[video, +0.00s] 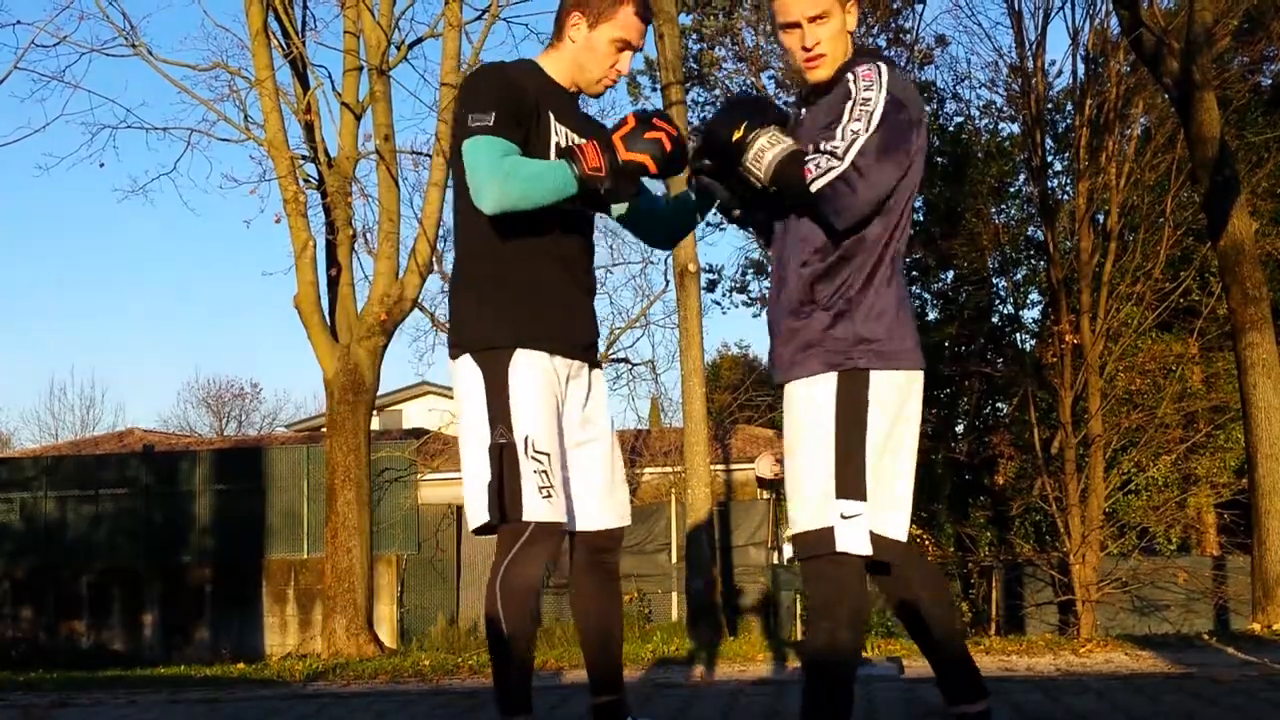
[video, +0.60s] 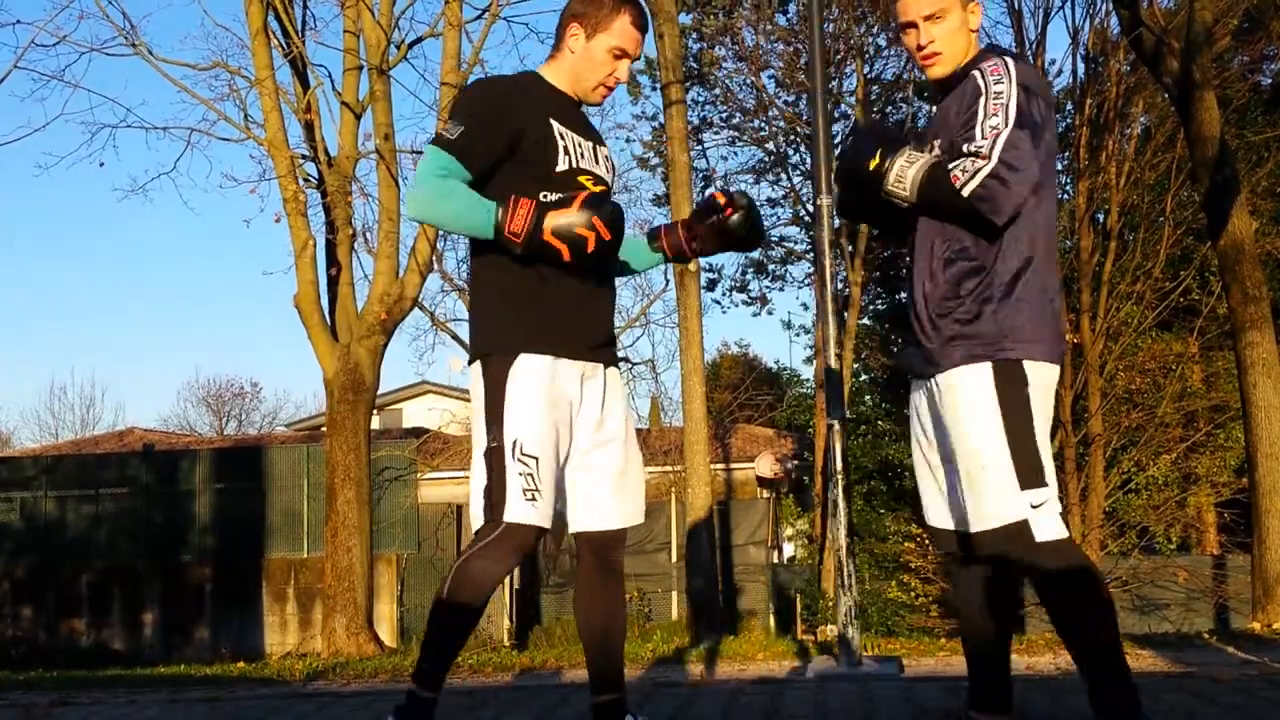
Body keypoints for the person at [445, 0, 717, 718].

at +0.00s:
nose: (624, 67)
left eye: (632, 54)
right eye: (620, 46)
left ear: (588, 33)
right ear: (577, 25)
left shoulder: (588, 129)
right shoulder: (496, 84)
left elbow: (660, 226)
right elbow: (494, 187)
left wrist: (711, 172)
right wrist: (604, 163)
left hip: (575, 349)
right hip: (503, 344)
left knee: (598, 531)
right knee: (531, 529)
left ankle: (610, 711)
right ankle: (515, 713)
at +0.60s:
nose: (623, 75)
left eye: (631, 63)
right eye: (618, 56)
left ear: (591, 42)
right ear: (575, 34)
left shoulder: (591, 140)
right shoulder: (497, 99)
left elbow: (598, 251)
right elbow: (426, 194)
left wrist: (682, 237)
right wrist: (529, 223)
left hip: (595, 357)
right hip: (520, 352)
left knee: (602, 534)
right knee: (514, 527)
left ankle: (610, 711)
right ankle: (418, 705)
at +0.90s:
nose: (584, 74)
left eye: (591, 61)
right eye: (577, 55)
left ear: (576, 56)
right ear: (530, 37)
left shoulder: (552, 140)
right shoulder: (454, 107)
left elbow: (542, 254)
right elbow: (420, 223)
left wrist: (602, 303)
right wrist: (531, 235)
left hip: (559, 359)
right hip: (480, 361)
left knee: (634, 513)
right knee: (467, 539)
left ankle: (624, 705)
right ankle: (409, 712)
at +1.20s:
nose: (607, 60)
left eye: (614, 48)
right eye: (597, 40)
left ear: (602, 50)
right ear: (548, 30)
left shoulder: (591, 143)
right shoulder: (478, 104)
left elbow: (646, 252)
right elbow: (467, 216)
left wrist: (723, 222)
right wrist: (575, 191)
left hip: (597, 360)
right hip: (510, 359)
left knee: (645, 531)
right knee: (481, 539)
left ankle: (692, 705)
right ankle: (415, 708)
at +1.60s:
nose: (714, 57)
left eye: (718, 43)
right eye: (707, 38)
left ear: (682, 38)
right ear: (659, 27)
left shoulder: (695, 139)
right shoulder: (571, 98)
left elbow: (774, 208)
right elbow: (508, 208)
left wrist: (878, 195)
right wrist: (609, 210)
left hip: (671, 358)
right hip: (585, 352)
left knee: (684, 531)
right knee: (578, 521)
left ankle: (699, 709)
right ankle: (525, 703)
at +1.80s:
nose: (716, 50)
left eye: (719, 36)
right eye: (709, 32)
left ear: (678, 29)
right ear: (659, 22)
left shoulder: (698, 130)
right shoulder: (572, 97)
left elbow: (780, 203)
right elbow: (525, 208)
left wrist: (881, 201)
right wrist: (632, 195)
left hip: (675, 353)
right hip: (589, 347)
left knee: (690, 524)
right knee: (573, 515)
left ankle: (700, 710)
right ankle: (496, 701)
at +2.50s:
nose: (604, 44)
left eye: (606, 31)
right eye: (595, 28)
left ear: (561, 30)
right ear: (548, 26)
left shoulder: (578, 123)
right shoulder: (476, 100)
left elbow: (578, 256)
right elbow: (516, 195)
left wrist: (648, 246)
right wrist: (591, 121)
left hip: (586, 354)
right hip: (504, 354)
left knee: (645, 516)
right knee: (491, 532)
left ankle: (631, 700)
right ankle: (451, 712)